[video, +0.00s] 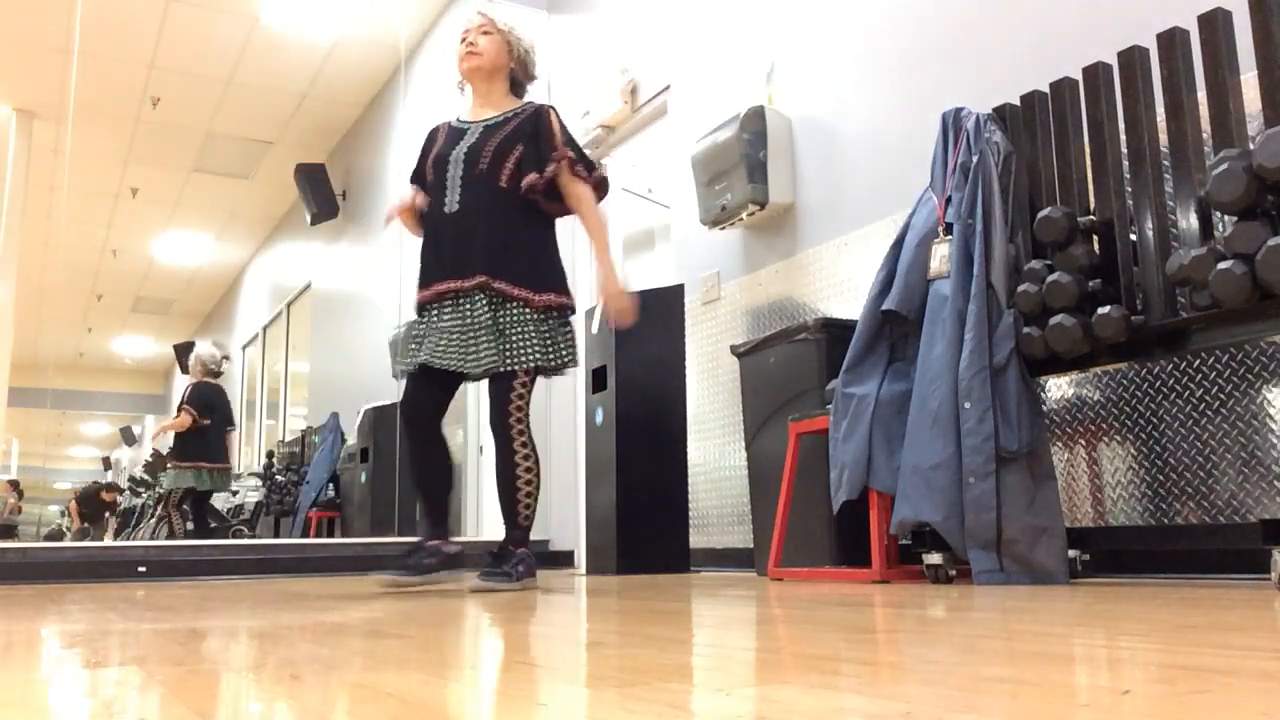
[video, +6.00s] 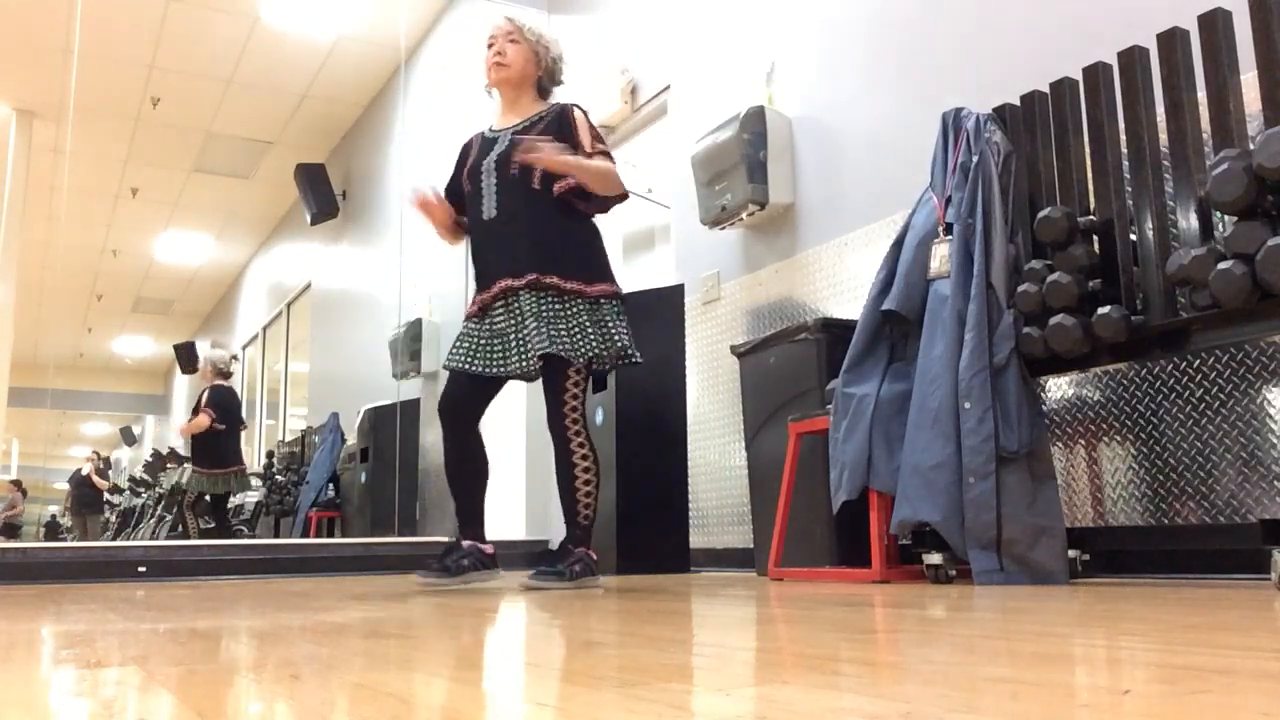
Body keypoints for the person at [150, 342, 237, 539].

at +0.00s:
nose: (190, 366)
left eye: (192, 363)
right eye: (191, 362)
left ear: (197, 366)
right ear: (215, 367)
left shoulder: (196, 389)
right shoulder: (221, 392)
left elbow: (184, 421)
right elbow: (229, 432)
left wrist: (163, 427)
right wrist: (230, 463)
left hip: (190, 466)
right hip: (214, 466)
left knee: (171, 506)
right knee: (200, 510)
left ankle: (179, 551)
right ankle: (204, 554)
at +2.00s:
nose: (207, 365)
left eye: (208, 361)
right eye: (208, 361)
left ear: (212, 365)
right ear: (231, 367)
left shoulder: (202, 388)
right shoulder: (234, 390)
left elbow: (184, 421)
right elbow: (250, 423)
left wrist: (174, 418)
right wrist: (230, 426)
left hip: (205, 464)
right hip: (230, 464)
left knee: (210, 511)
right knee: (215, 510)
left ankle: (219, 554)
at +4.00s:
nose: (189, 370)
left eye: (190, 365)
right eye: (189, 366)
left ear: (197, 367)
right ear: (213, 367)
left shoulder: (194, 390)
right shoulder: (221, 391)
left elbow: (184, 422)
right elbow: (225, 425)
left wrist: (165, 437)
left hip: (193, 465)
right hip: (219, 464)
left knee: (180, 510)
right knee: (211, 511)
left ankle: (194, 551)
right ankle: (217, 554)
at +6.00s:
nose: (201, 370)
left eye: (203, 366)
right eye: (202, 366)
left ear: (210, 369)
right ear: (225, 370)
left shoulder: (212, 392)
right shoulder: (232, 393)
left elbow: (203, 421)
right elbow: (241, 426)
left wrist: (187, 429)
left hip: (208, 467)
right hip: (229, 466)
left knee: (187, 505)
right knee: (220, 510)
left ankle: (196, 548)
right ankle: (227, 551)